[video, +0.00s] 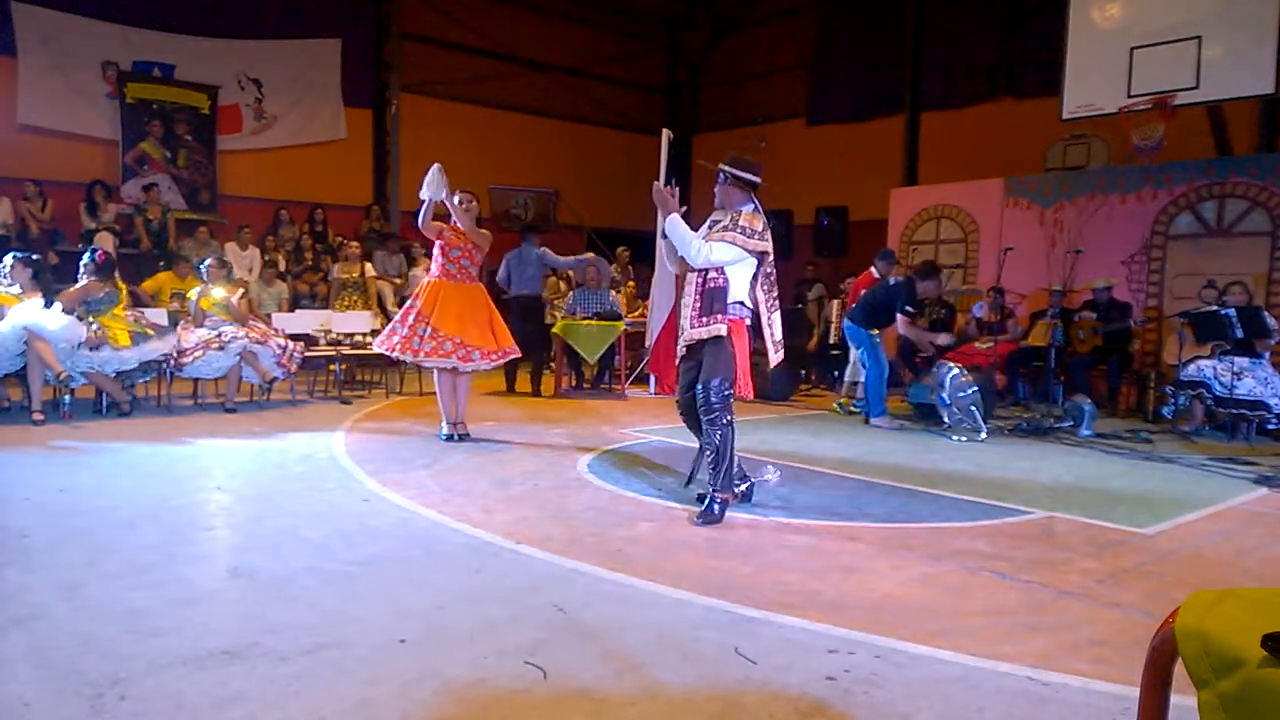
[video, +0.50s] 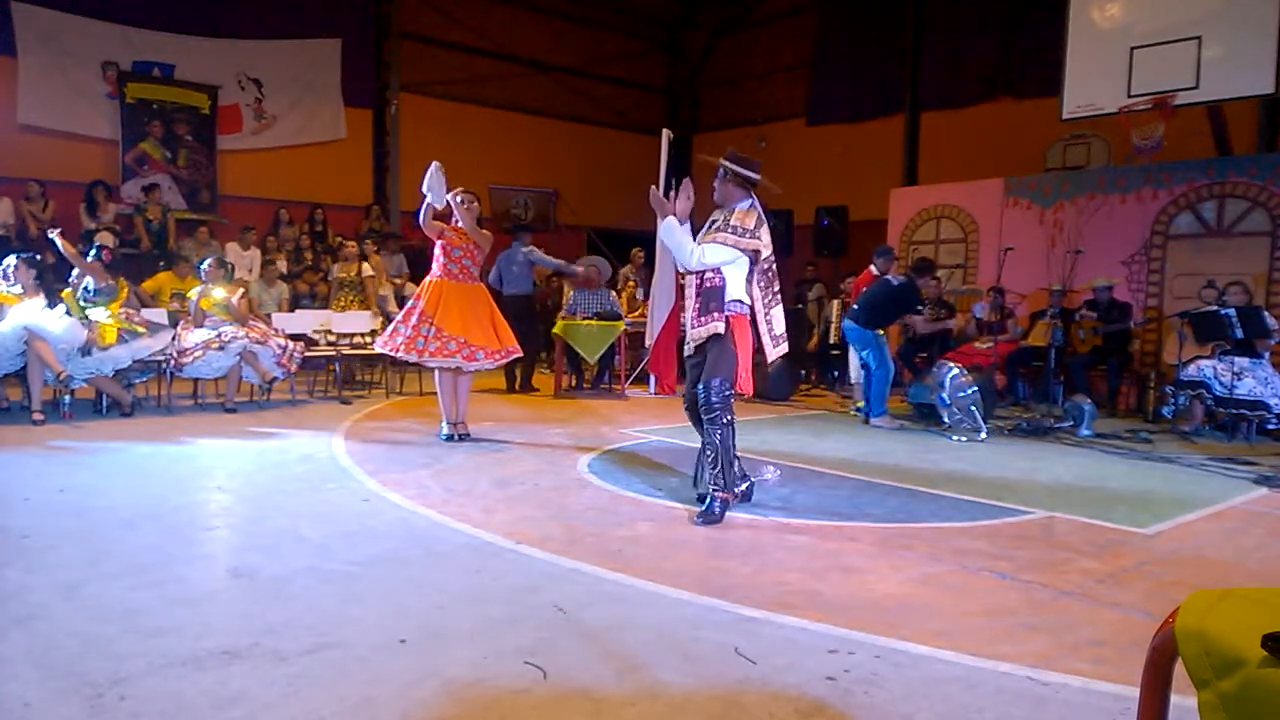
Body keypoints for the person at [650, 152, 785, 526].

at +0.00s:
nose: (714, 189)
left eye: (719, 183)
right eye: (716, 182)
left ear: (733, 187)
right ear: (739, 188)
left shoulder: (747, 226)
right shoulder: (719, 220)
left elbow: (700, 255)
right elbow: (680, 262)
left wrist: (670, 216)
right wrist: (669, 219)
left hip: (727, 324)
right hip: (701, 324)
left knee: (714, 402)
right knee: (688, 405)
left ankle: (720, 492)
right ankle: (734, 476)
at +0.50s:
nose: (713, 185)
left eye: (719, 179)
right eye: (716, 178)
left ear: (734, 185)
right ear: (736, 185)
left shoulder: (744, 222)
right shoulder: (724, 220)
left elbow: (694, 259)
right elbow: (692, 260)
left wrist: (666, 219)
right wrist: (681, 221)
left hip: (730, 321)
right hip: (706, 321)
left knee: (714, 400)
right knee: (694, 402)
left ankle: (721, 490)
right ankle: (733, 475)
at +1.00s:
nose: (732, 176)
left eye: (736, 170)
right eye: (736, 169)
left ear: (745, 174)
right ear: (766, 177)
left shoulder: (735, 214)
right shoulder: (778, 209)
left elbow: (695, 254)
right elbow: (738, 250)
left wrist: (686, 223)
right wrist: (708, 229)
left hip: (743, 317)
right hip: (765, 315)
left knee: (736, 399)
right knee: (727, 393)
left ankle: (782, 486)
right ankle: (735, 480)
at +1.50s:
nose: (750, 195)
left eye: (753, 189)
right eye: (753, 189)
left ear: (759, 193)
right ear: (786, 194)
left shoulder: (745, 233)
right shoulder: (802, 231)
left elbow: (707, 277)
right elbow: (762, 271)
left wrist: (710, 239)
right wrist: (738, 235)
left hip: (748, 336)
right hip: (786, 335)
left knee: (724, 413)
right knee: (753, 406)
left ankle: (782, 485)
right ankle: (747, 485)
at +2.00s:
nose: (759, 203)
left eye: (763, 199)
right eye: (762, 198)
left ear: (770, 204)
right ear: (795, 205)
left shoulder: (754, 242)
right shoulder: (811, 242)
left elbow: (715, 280)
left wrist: (715, 242)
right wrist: (741, 241)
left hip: (752, 342)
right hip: (790, 343)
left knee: (713, 415)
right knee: (760, 406)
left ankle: (776, 479)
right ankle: (750, 483)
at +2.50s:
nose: (781, 177)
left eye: (786, 173)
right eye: (784, 172)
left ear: (793, 179)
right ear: (819, 181)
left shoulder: (771, 217)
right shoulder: (836, 219)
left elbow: (725, 252)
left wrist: (734, 231)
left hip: (776, 321)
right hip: (811, 321)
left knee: (762, 400)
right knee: (771, 399)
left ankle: (793, 490)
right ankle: (756, 474)